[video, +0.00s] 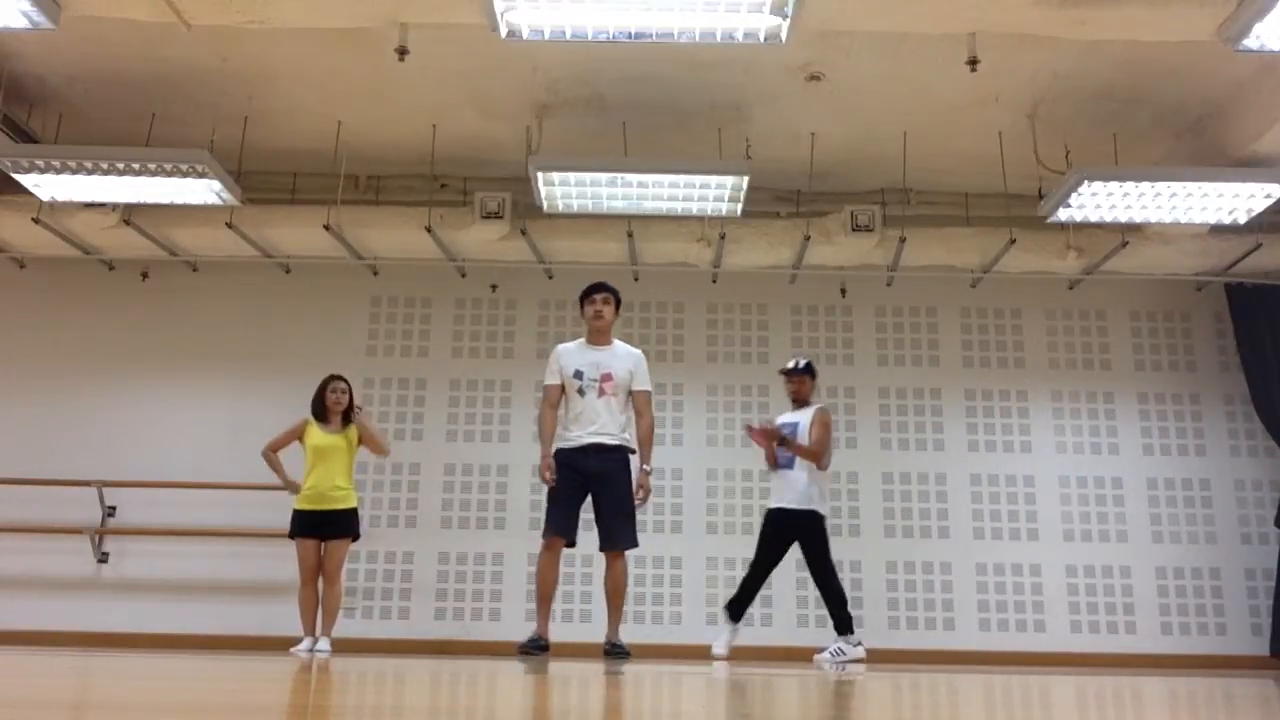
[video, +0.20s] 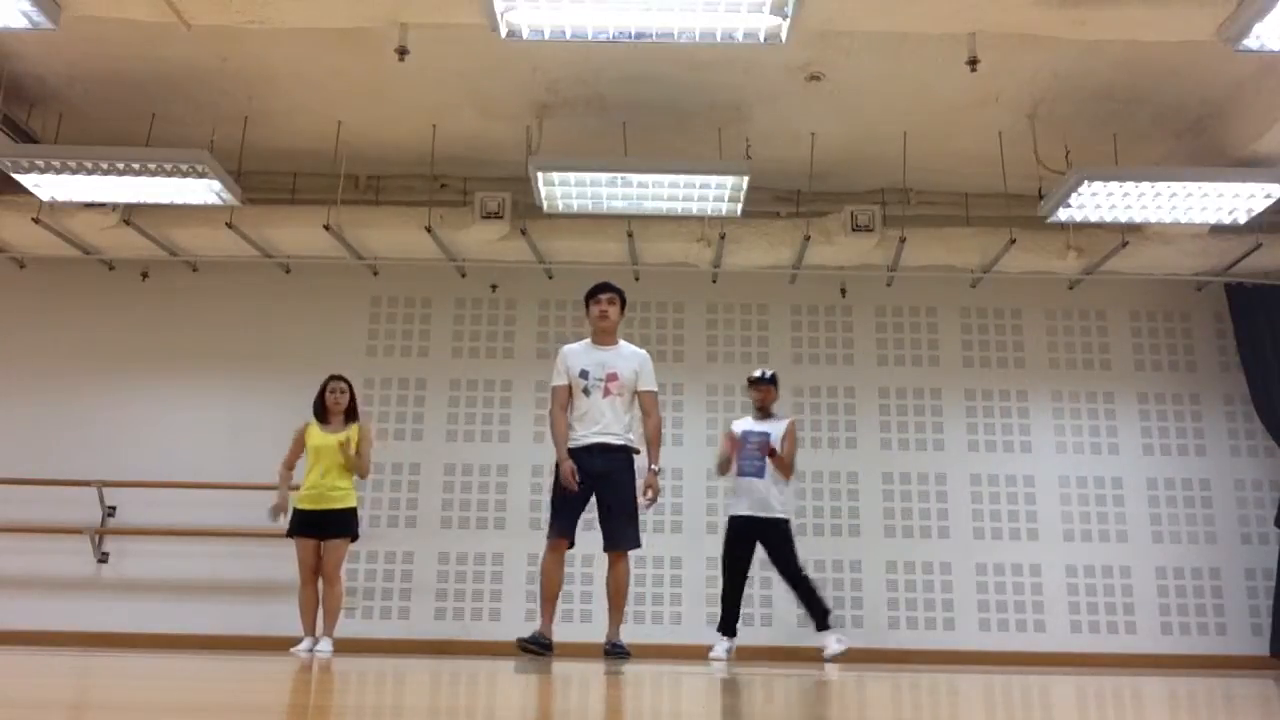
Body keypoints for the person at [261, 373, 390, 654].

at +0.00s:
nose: (338, 396)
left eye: (343, 392)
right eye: (333, 391)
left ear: (349, 398)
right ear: (322, 396)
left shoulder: (354, 428)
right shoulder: (308, 426)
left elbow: (382, 450)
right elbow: (268, 451)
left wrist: (362, 421)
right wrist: (286, 481)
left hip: (341, 506)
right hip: (308, 505)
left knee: (331, 576)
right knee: (308, 576)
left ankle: (325, 637)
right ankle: (308, 636)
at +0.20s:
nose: (337, 396)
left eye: (342, 392)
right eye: (332, 392)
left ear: (350, 397)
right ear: (323, 396)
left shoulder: (359, 429)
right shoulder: (308, 429)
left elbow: (364, 471)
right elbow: (287, 466)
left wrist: (348, 454)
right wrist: (282, 498)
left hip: (340, 505)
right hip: (307, 505)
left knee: (330, 573)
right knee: (308, 573)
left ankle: (327, 637)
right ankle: (309, 636)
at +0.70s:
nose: (336, 396)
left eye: (342, 392)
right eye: (332, 392)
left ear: (351, 398)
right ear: (324, 397)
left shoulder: (362, 431)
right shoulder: (310, 432)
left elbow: (364, 472)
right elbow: (301, 473)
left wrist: (354, 506)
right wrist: (295, 507)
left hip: (341, 508)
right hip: (310, 508)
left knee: (335, 577)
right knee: (309, 577)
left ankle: (328, 637)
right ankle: (309, 636)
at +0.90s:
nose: (337, 396)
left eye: (342, 392)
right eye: (333, 392)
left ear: (352, 398)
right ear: (325, 397)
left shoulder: (363, 430)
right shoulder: (311, 433)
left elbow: (375, 468)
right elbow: (299, 475)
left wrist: (374, 506)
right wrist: (287, 509)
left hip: (344, 509)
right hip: (310, 508)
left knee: (335, 577)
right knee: (310, 577)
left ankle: (328, 637)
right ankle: (311, 636)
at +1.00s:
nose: (337, 397)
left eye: (343, 393)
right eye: (333, 393)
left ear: (353, 399)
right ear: (325, 398)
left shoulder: (363, 431)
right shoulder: (311, 433)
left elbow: (373, 473)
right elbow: (298, 475)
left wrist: (377, 510)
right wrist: (286, 509)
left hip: (344, 509)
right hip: (310, 508)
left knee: (334, 576)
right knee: (310, 577)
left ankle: (328, 637)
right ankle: (311, 636)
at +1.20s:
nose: (338, 398)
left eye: (344, 394)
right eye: (334, 394)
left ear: (353, 399)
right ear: (326, 398)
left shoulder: (364, 431)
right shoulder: (311, 432)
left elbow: (369, 474)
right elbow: (299, 474)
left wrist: (363, 510)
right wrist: (291, 509)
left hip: (344, 508)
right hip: (311, 508)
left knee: (336, 575)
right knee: (311, 576)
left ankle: (328, 637)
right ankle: (311, 636)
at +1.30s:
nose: (338, 399)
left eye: (344, 394)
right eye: (334, 394)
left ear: (353, 399)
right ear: (326, 399)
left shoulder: (364, 431)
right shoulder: (311, 432)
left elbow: (367, 472)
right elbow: (300, 472)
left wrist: (360, 509)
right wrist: (293, 507)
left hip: (343, 508)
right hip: (311, 507)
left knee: (336, 575)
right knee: (311, 575)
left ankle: (328, 637)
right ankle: (312, 636)